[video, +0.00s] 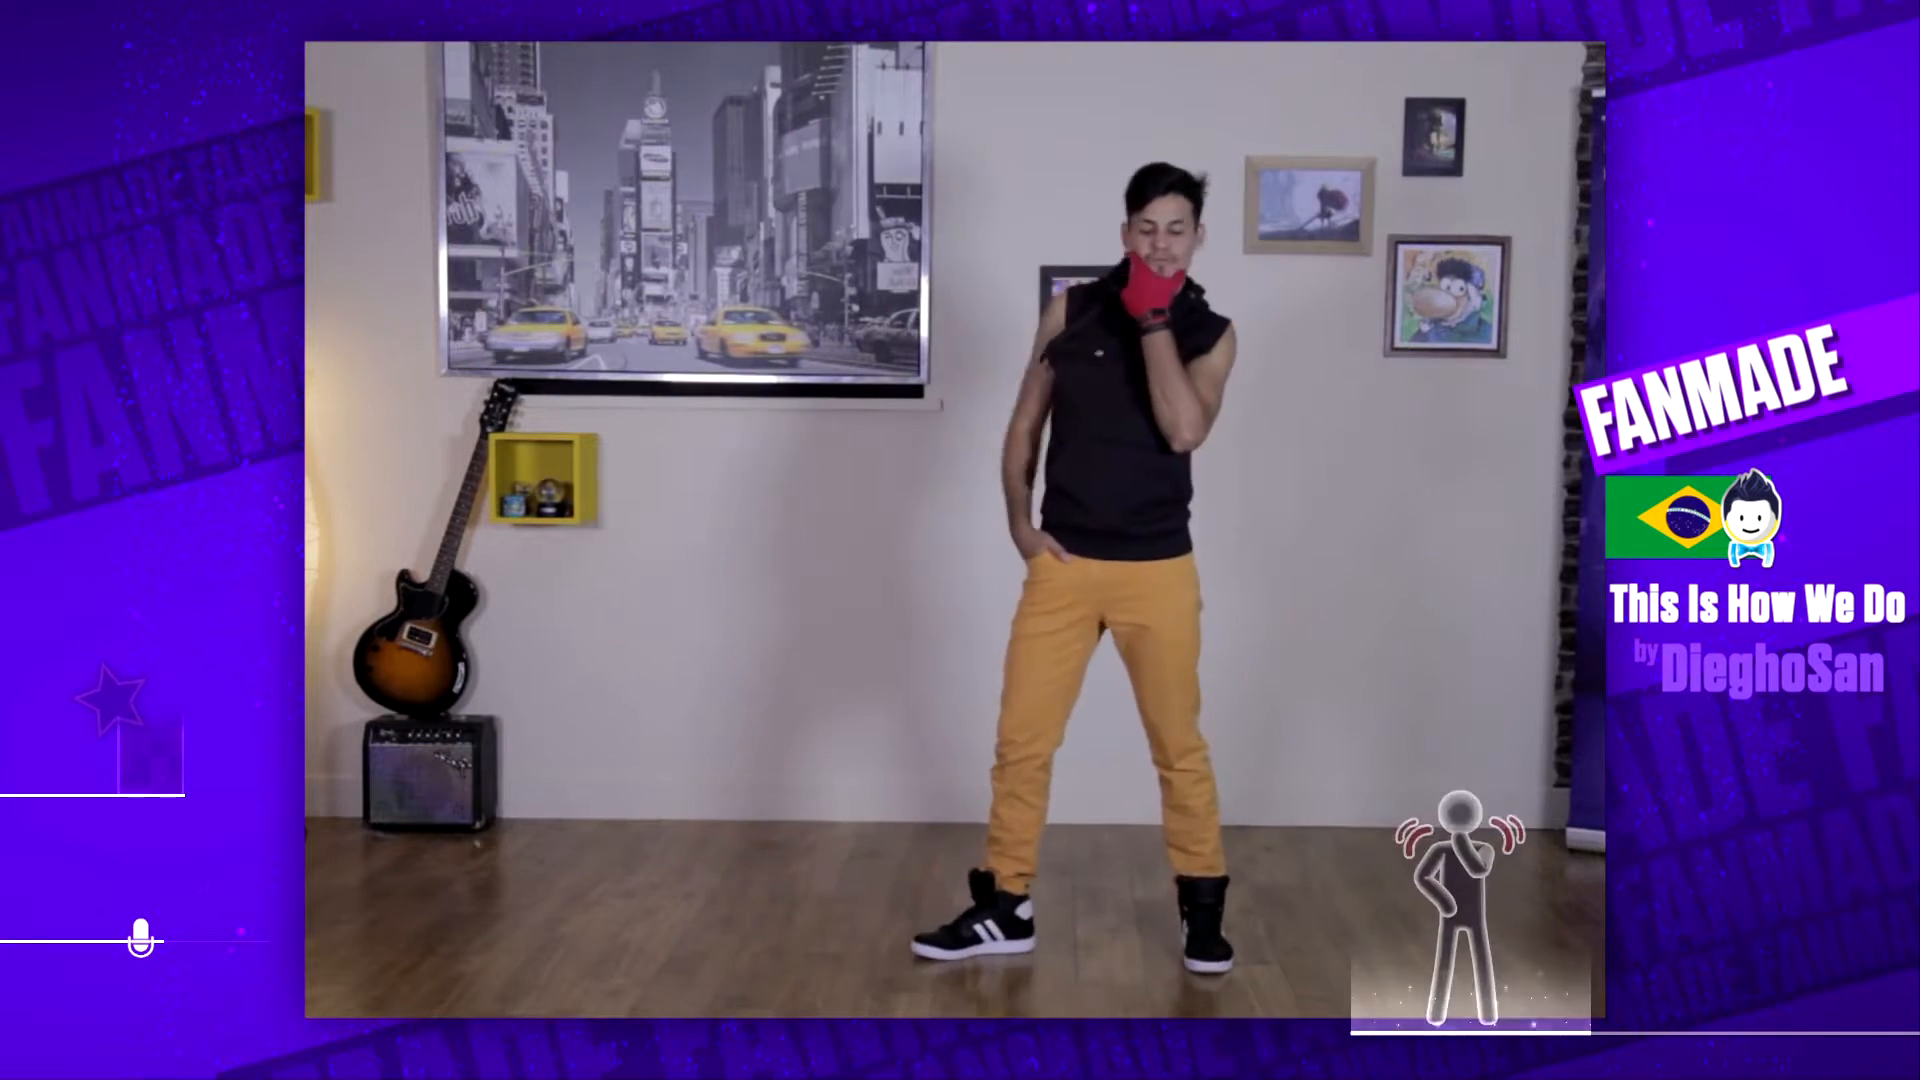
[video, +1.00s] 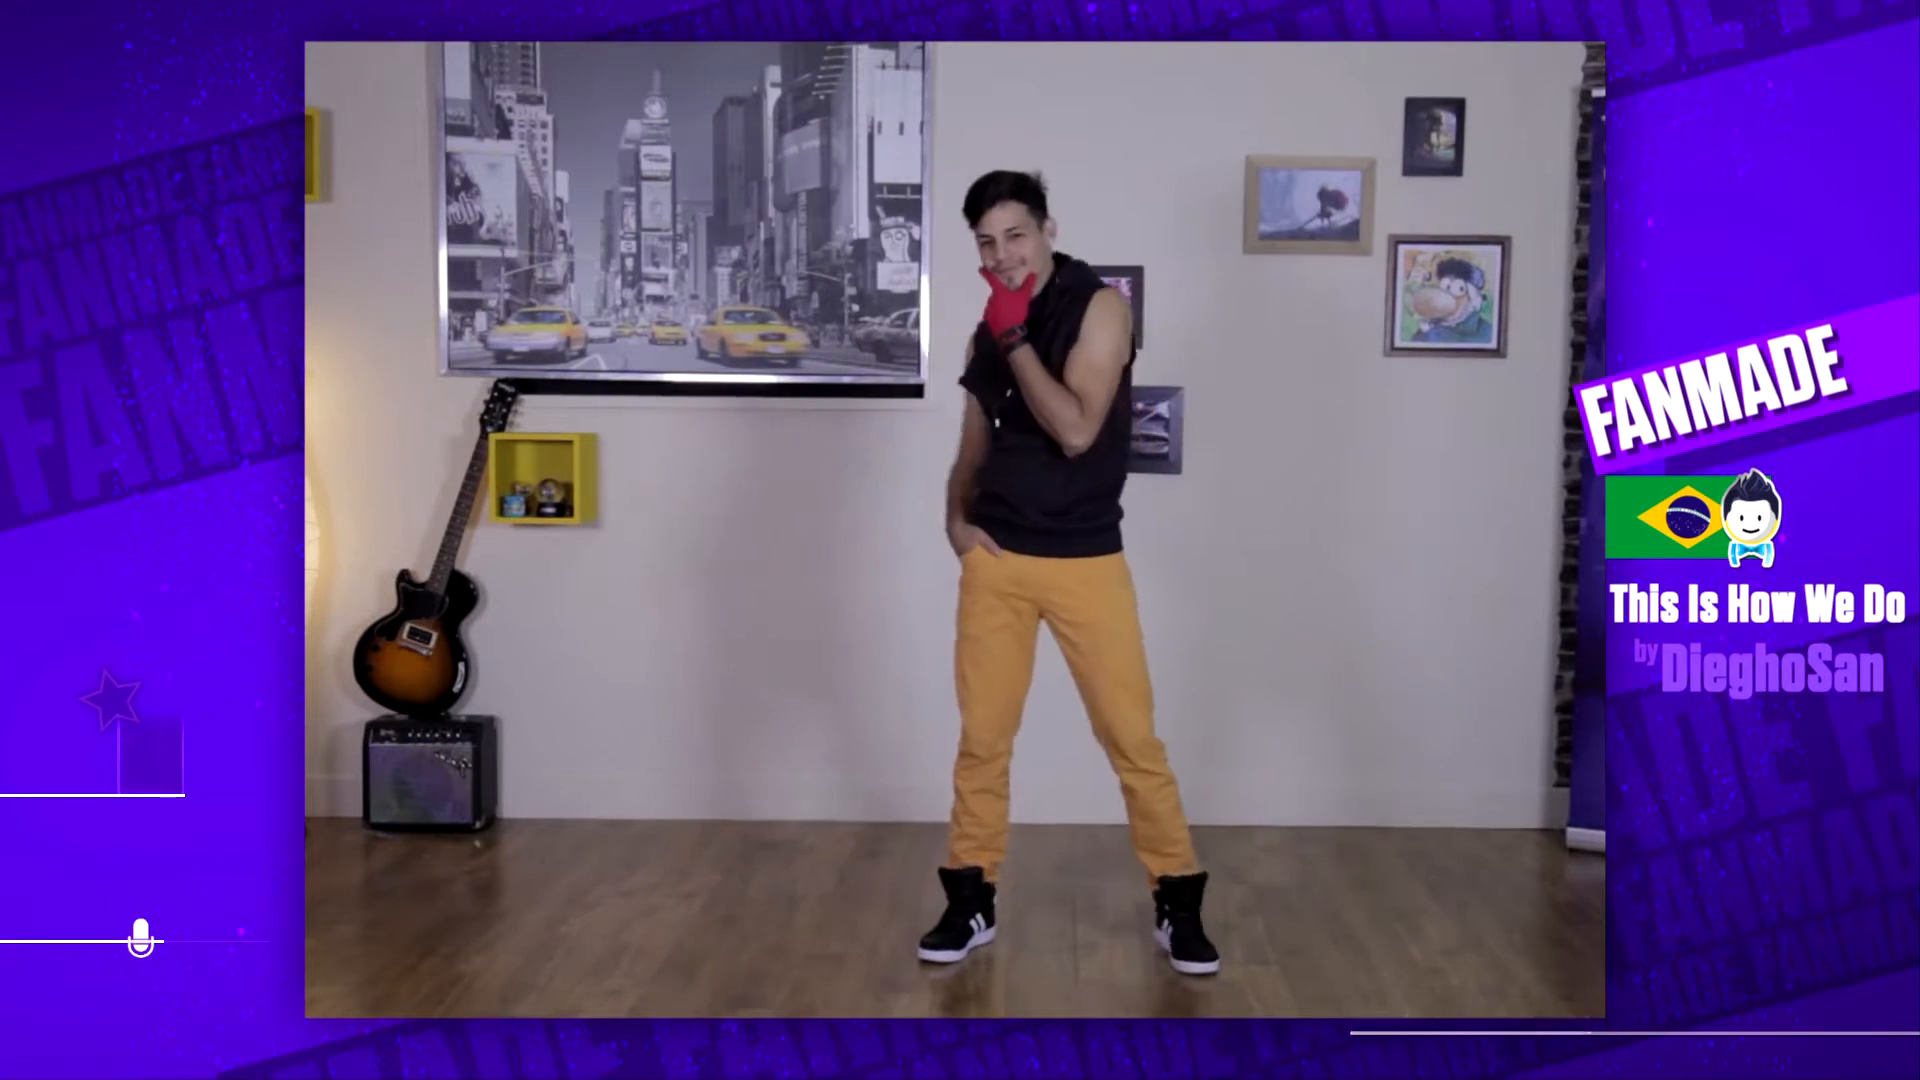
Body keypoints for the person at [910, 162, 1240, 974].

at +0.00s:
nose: (1160, 244)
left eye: (1176, 230)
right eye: (1147, 229)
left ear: (1199, 239)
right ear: (1124, 232)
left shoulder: (1210, 333)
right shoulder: (1071, 313)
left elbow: (1184, 429)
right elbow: (1025, 428)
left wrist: (1153, 320)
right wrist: (1021, 523)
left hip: (1156, 573)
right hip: (1062, 565)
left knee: (1177, 747)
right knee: (1020, 744)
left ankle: (1202, 909)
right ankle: (1005, 908)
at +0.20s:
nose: (1136, 257)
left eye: (1154, 244)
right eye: (1127, 241)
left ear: (1188, 250)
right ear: (1115, 239)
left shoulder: (1194, 348)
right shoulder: (1062, 311)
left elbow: (1184, 444)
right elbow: (995, 429)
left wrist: (1140, 344)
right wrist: (1021, 537)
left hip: (1154, 572)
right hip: (1059, 569)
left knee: (1173, 742)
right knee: (1013, 745)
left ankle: (1201, 907)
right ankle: (983, 903)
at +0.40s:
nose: (1088, 253)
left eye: (1107, 241)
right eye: (1080, 236)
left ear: (1142, 250)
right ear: (1068, 236)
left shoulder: (1143, 343)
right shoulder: (1024, 309)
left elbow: (1150, 442)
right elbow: (956, 427)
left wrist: (1097, 348)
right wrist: (997, 539)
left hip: (1123, 569)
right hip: (1030, 570)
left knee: (1155, 736)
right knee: (995, 743)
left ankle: (1190, 902)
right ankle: (968, 901)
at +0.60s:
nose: (1032, 234)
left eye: (1049, 221)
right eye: (1022, 221)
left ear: (1080, 232)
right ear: (1008, 229)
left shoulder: (1101, 331)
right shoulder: (971, 315)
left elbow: (1116, 434)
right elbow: (914, 440)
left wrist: (1059, 342)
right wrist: (964, 540)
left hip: (1090, 569)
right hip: (998, 569)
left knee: (1135, 741)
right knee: (983, 745)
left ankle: (1156, 909)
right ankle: (968, 904)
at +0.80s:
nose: (1003, 244)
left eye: (1017, 228)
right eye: (989, 232)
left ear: (1048, 231)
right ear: (975, 241)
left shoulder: (1097, 322)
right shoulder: (959, 338)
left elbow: (1091, 435)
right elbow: (911, 458)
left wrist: (1028, 343)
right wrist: (940, 535)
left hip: (1079, 567)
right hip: (985, 564)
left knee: (1123, 742)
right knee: (977, 743)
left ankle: (1156, 910)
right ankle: (968, 903)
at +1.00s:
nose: (1002, 254)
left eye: (1015, 237)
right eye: (988, 243)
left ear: (1048, 232)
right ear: (978, 249)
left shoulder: (1103, 309)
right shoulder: (992, 335)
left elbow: (1078, 428)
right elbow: (974, 444)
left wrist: (1013, 340)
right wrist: (957, 515)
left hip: (1087, 565)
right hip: (995, 559)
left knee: (1132, 741)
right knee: (981, 739)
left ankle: (1179, 903)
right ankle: (969, 901)